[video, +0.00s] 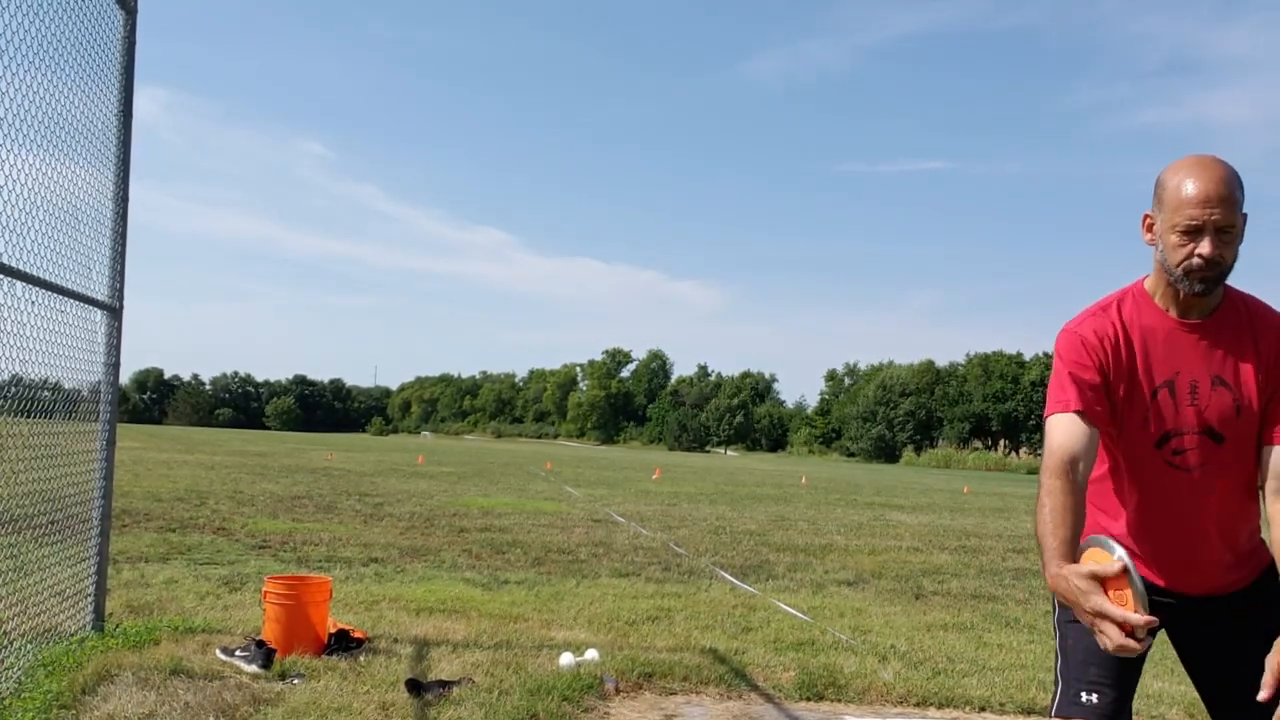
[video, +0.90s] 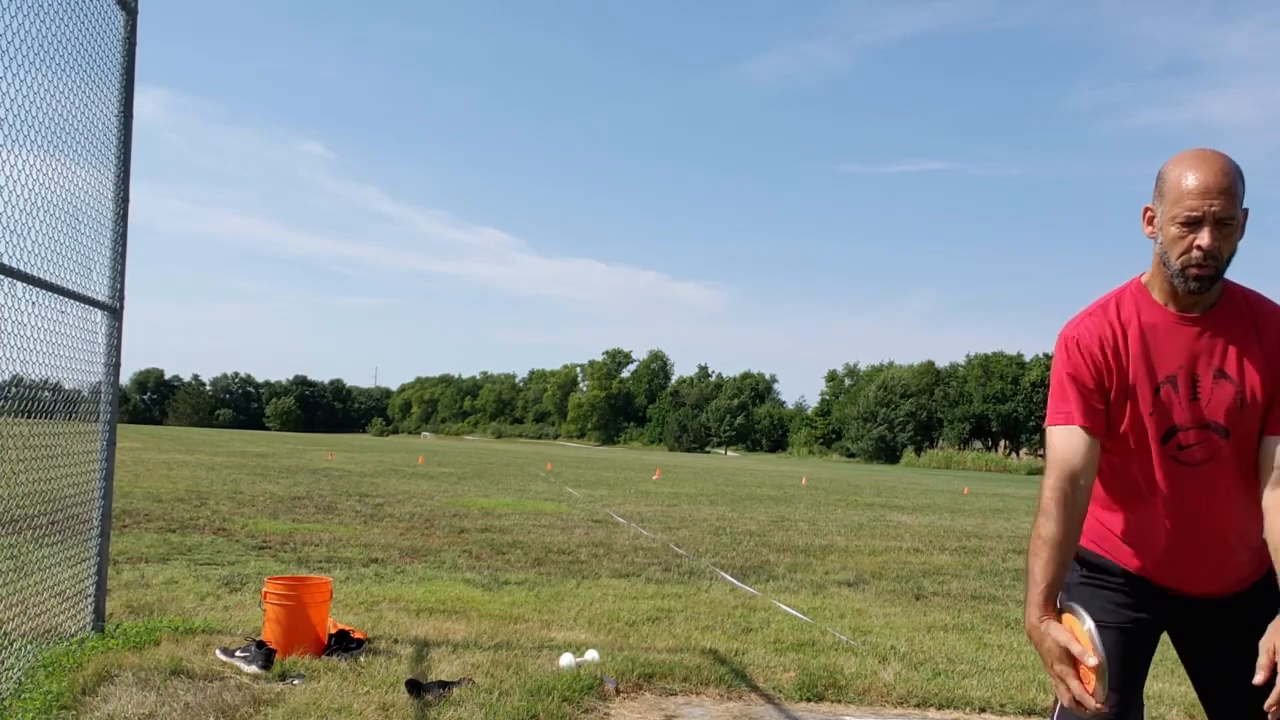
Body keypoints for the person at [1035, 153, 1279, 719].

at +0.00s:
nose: (1207, 250)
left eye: (1224, 232)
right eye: (1189, 232)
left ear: (1242, 231)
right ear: (1151, 230)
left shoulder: (1268, 334)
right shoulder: (1094, 337)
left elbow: (1274, 484)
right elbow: (1065, 467)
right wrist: (1057, 571)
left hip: (1234, 579)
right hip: (1118, 572)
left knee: (1257, 708)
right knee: (1088, 709)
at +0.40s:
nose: (1225, 247)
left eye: (1241, 228)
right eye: (1206, 228)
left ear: (1260, 228)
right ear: (1166, 226)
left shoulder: (1274, 325)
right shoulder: (1101, 334)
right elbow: (1051, 439)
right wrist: (997, 517)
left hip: (1243, 568)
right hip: (1118, 562)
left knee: (1259, 708)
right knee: (1093, 710)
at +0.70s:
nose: (1221, 251)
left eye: (1238, 232)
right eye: (1203, 232)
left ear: (1255, 233)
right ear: (1162, 230)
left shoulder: (1270, 333)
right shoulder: (1095, 342)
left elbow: (1273, 470)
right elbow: (1056, 466)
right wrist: (1010, 561)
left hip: (1240, 578)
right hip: (1116, 574)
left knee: (1260, 706)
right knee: (1098, 711)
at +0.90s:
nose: (1207, 242)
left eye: (1224, 223)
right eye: (1190, 223)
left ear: (1242, 225)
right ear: (1151, 222)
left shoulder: (1269, 331)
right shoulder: (1093, 337)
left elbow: (1274, 480)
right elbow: (1066, 485)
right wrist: (1038, 613)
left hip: (1235, 583)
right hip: (1117, 576)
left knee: (1260, 708)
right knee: (1091, 708)